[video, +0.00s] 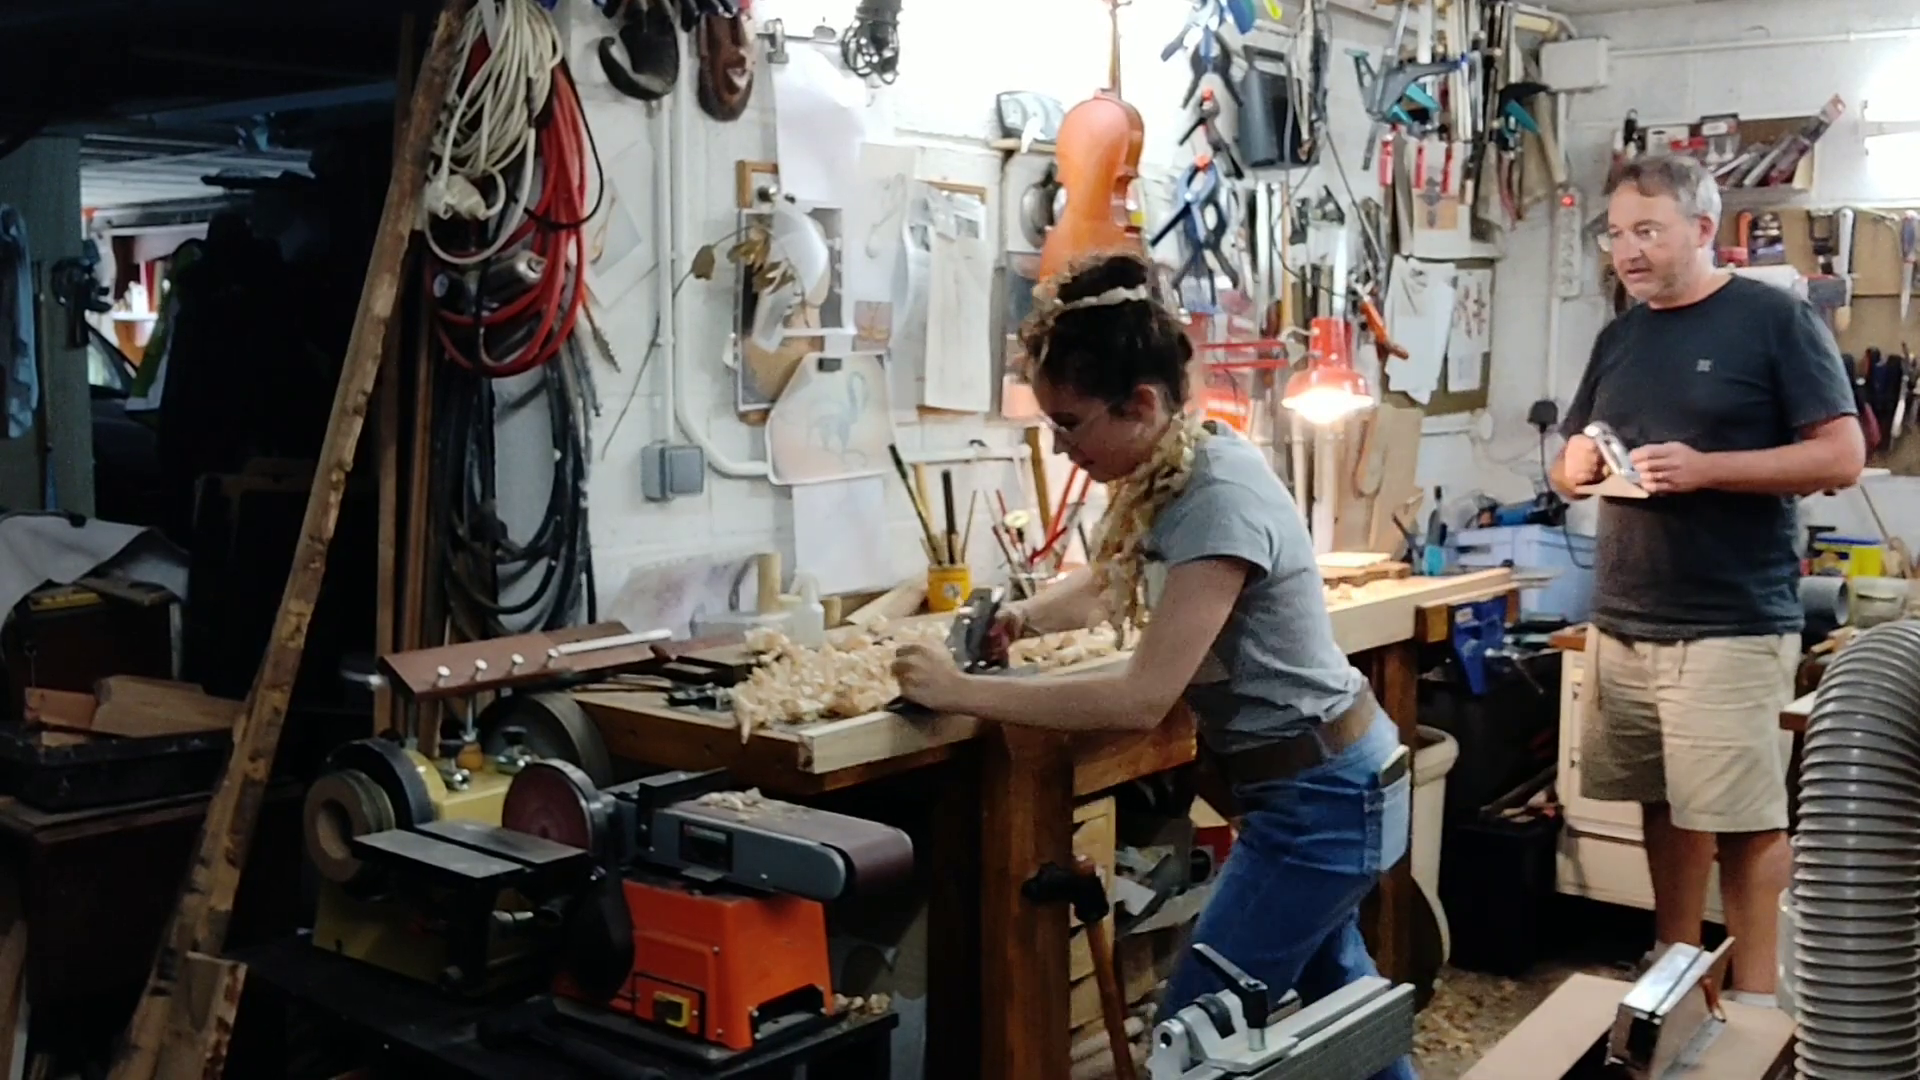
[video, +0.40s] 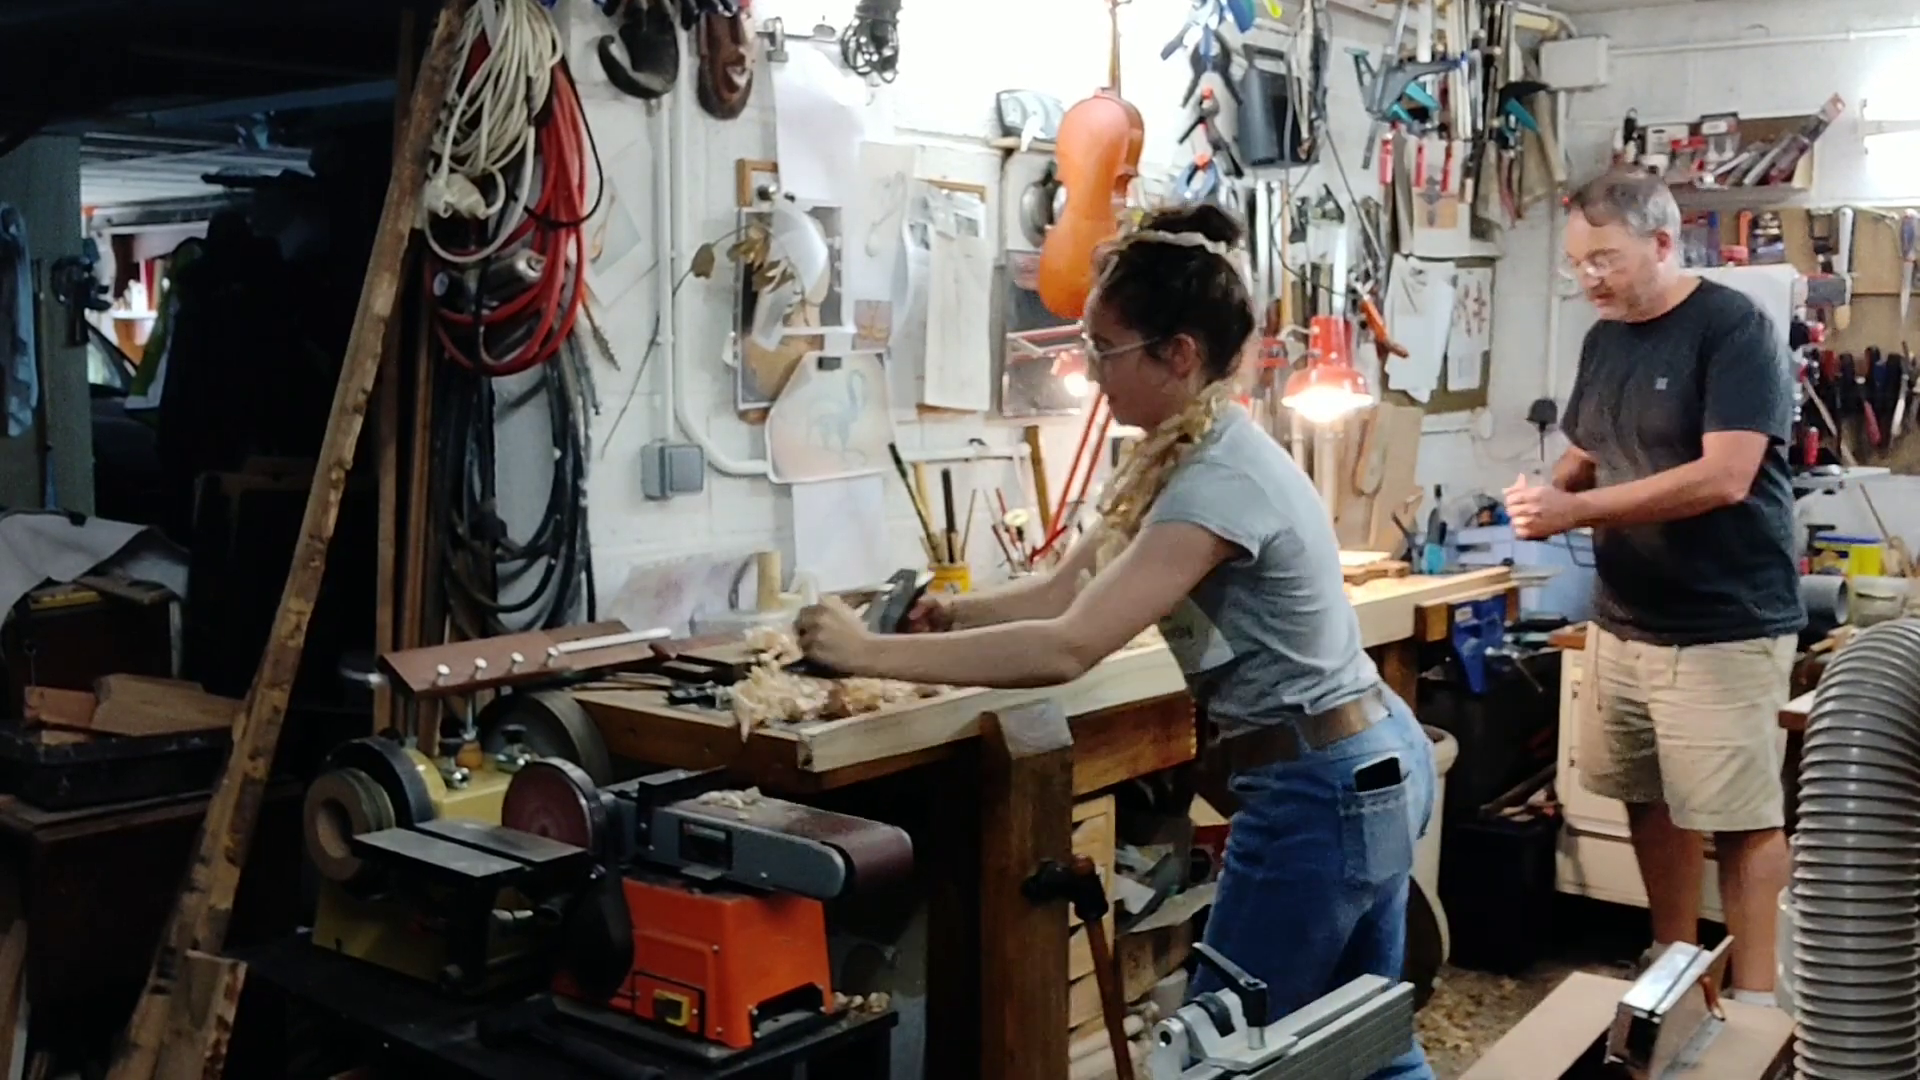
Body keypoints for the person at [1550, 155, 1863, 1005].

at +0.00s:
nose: (1628, 249)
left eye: (1647, 230)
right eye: (1616, 234)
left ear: (1702, 229)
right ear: (1608, 243)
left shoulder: (1776, 312)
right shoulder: (1619, 335)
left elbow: (1842, 455)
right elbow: (1568, 458)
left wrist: (1705, 465)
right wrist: (1577, 464)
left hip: (1735, 626)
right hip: (1630, 622)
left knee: (1744, 823)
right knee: (1667, 808)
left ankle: (1753, 1003)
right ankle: (1675, 967)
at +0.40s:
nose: (1587, 281)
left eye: (1600, 259)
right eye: (1578, 265)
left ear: (1661, 242)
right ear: (1577, 260)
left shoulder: (1736, 325)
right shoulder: (1604, 339)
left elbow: (1725, 477)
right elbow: (1583, 457)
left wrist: (1579, 509)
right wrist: (1547, 491)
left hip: (1727, 631)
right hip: (1625, 623)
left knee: (1742, 822)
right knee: (1649, 805)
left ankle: (1755, 1001)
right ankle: (1673, 968)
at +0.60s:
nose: (1547, 312)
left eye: (1558, 290)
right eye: (1536, 295)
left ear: (1616, 267)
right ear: (1532, 288)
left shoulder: (1700, 348)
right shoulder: (1583, 357)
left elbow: (1673, 503)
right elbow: (1577, 465)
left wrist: (1530, 538)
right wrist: (1523, 521)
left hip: (1722, 629)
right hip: (1625, 626)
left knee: (1731, 818)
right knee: (1639, 804)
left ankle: (1753, 1001)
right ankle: (1671, 969)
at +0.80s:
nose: (1512, 341)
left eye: (1520, 320)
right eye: (1504, 327)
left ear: (1579, 294)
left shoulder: (1666, 361)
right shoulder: (1559, 382)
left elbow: (1665, 520)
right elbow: (1561, 483)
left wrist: (1524, 552)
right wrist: (1501, 527)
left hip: (1710, 629)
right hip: (1615, 630)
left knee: (1710, 816)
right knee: (1620, 805)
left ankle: (1748, 999)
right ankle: (1656, 961)